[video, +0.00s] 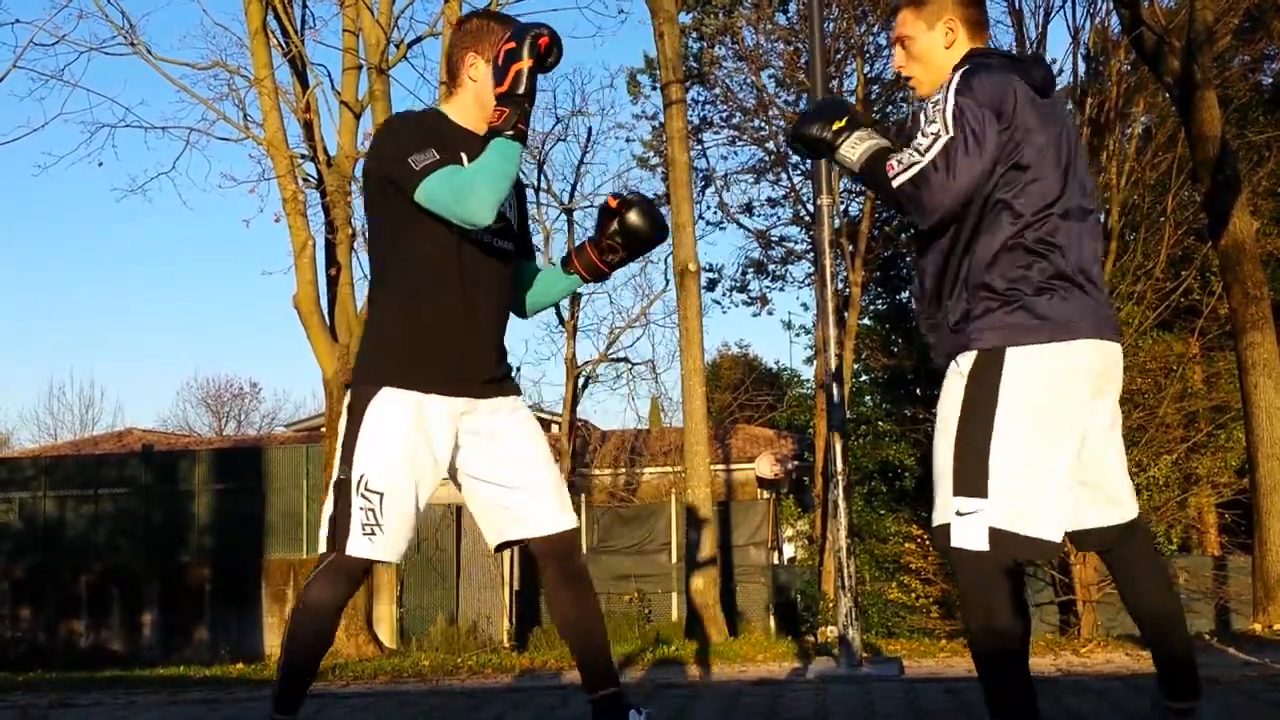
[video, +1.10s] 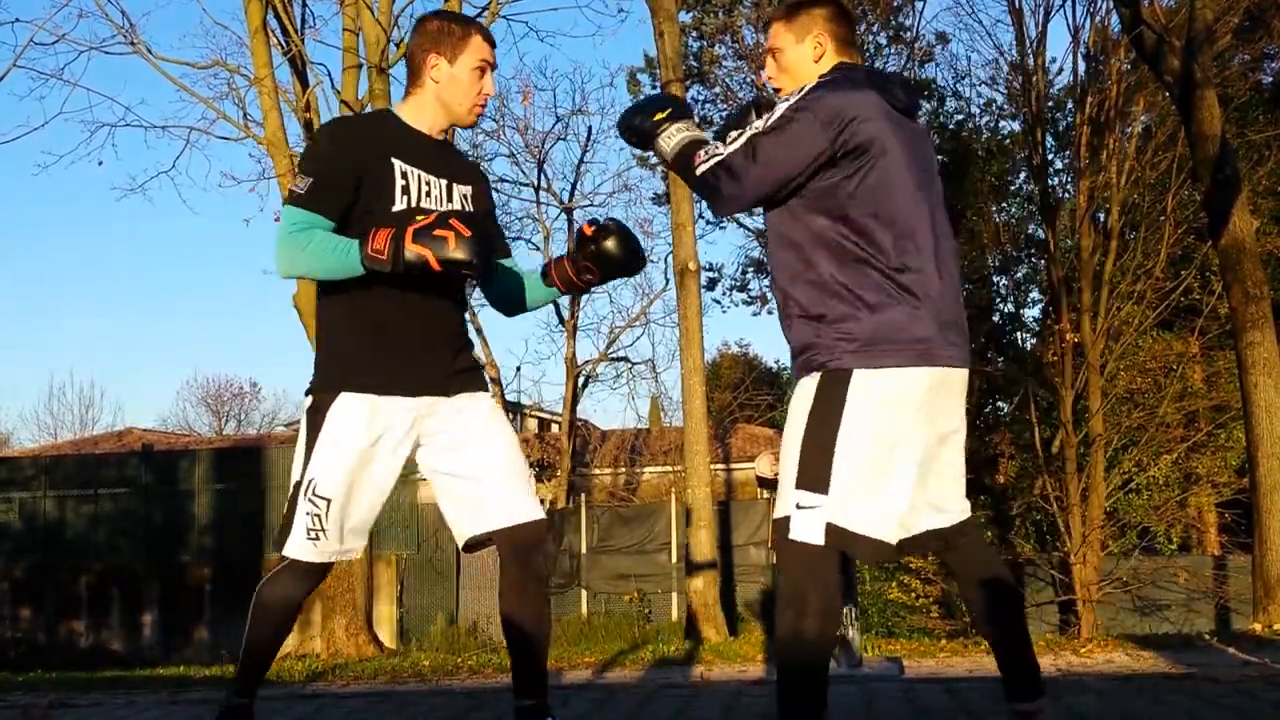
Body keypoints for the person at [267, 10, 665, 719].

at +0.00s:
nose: (519, 83)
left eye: (524, 72)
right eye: (510, 67)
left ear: (508, 77)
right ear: (471, 66)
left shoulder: (506, 177)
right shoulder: (403, 134)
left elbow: (521, 296)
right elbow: (470, 205)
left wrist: (588, 264)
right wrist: (514, 121)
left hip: (488, 390)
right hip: (401, 386)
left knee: (557, 544)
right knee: (351, 558)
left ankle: (611, 708)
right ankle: (282, 711)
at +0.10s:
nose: (491, 89)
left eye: (496, 76)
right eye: (482, 69)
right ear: (442, 62)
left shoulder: (470, 171)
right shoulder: (374, 128)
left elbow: (468, 295)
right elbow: (442, 200)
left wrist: (536, 269)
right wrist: (491, 113)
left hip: (451, 383)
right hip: (368, 378)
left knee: (527, 529)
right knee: (329, 553)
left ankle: (531, 709)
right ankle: (277, 711)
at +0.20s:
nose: (474, 81)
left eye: (478, 67)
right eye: (465, 62)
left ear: (448, 60)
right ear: (427, 55)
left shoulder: (454, 161)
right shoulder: (353, 121)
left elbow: (446, 285)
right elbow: (418, 196)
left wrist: (518, 263)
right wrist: (462, 109)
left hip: (433, 377)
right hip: (349, 369)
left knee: (491, 524)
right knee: (318, 545)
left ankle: (421, 701)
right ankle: (272, 710)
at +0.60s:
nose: (427, 73)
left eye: (429, 62)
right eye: (416, 57)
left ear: (386, 60)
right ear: (369, 54)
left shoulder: (405, 164)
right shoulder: (298, 124)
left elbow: (414, 287)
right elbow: (320, 224)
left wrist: (481, 260)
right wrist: (409, 149)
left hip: (394, 380)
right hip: (309, 375)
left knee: (416, 542)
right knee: (282, 545)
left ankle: (384, 708)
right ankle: (231, 706)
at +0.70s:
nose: (418, 92)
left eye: (419, 77)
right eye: (408, 73)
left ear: (374, 71)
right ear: (363, 65)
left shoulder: (394, 176)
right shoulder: (283, 141)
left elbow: (390, 305)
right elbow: (274, 251)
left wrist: (462, 278)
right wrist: (372, 218)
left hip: (385, 388)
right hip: (298, 387)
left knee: (447, 536)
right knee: (271, 560)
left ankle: (396, 708)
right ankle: (229, 715)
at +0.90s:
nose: (432, 79)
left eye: (434, 66)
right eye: (422, 61)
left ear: (388, 64)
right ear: (373, 58)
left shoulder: (408, 166)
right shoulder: (292, 130)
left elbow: (400, 285)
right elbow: (233, 241)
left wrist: (464, 283)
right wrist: (345, 258)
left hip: (404, 374)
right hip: (315, 374)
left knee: (475, 517)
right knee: (281, 548)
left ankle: (495, 704)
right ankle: (230, 711)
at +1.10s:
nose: (490, 87)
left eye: (491, 73)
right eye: (480, 70)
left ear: (447, 74)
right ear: (433, 66)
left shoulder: (468, 177)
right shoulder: (349, 139)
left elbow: (503, 292)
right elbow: (291, 251)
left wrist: (571, 272)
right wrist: (392, 247)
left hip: (455, 386)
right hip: (362, 386)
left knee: (525, 535)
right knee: (308, 555)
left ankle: (533, 710)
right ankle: (238, 705)